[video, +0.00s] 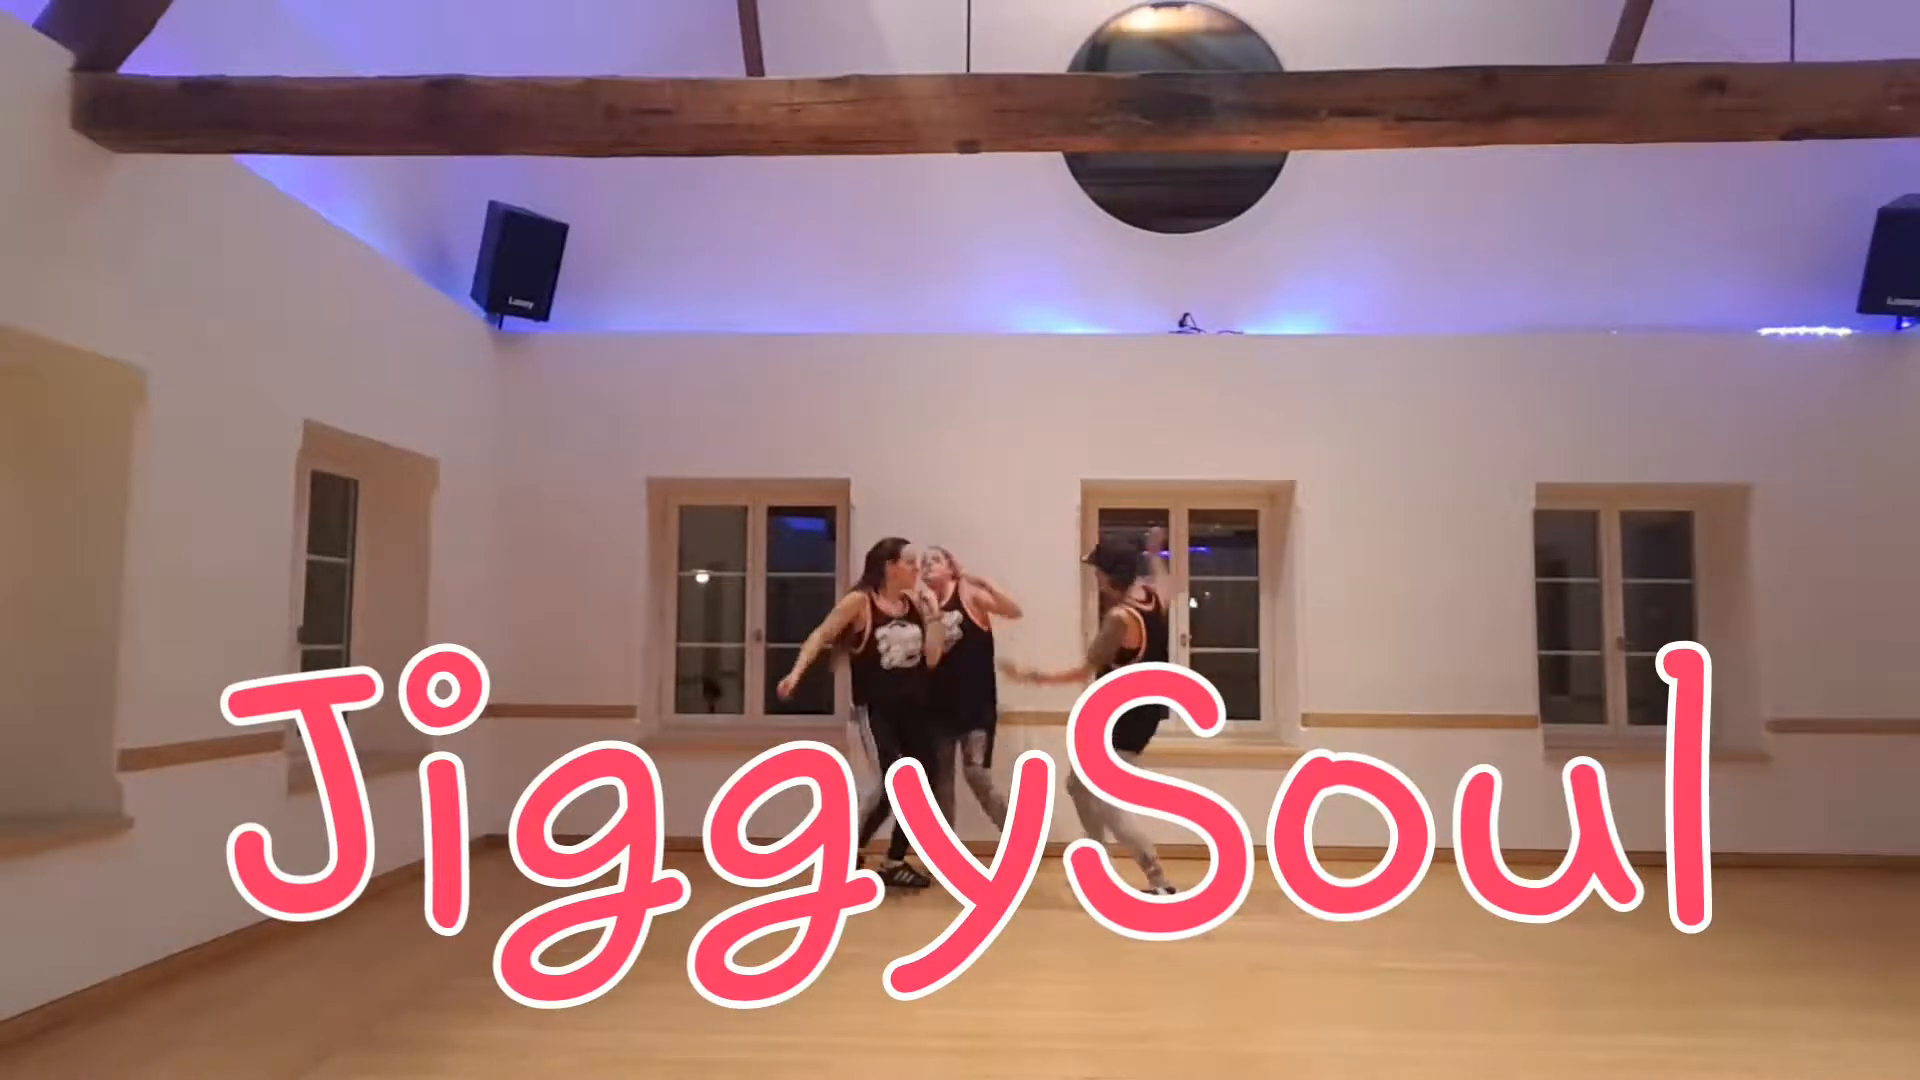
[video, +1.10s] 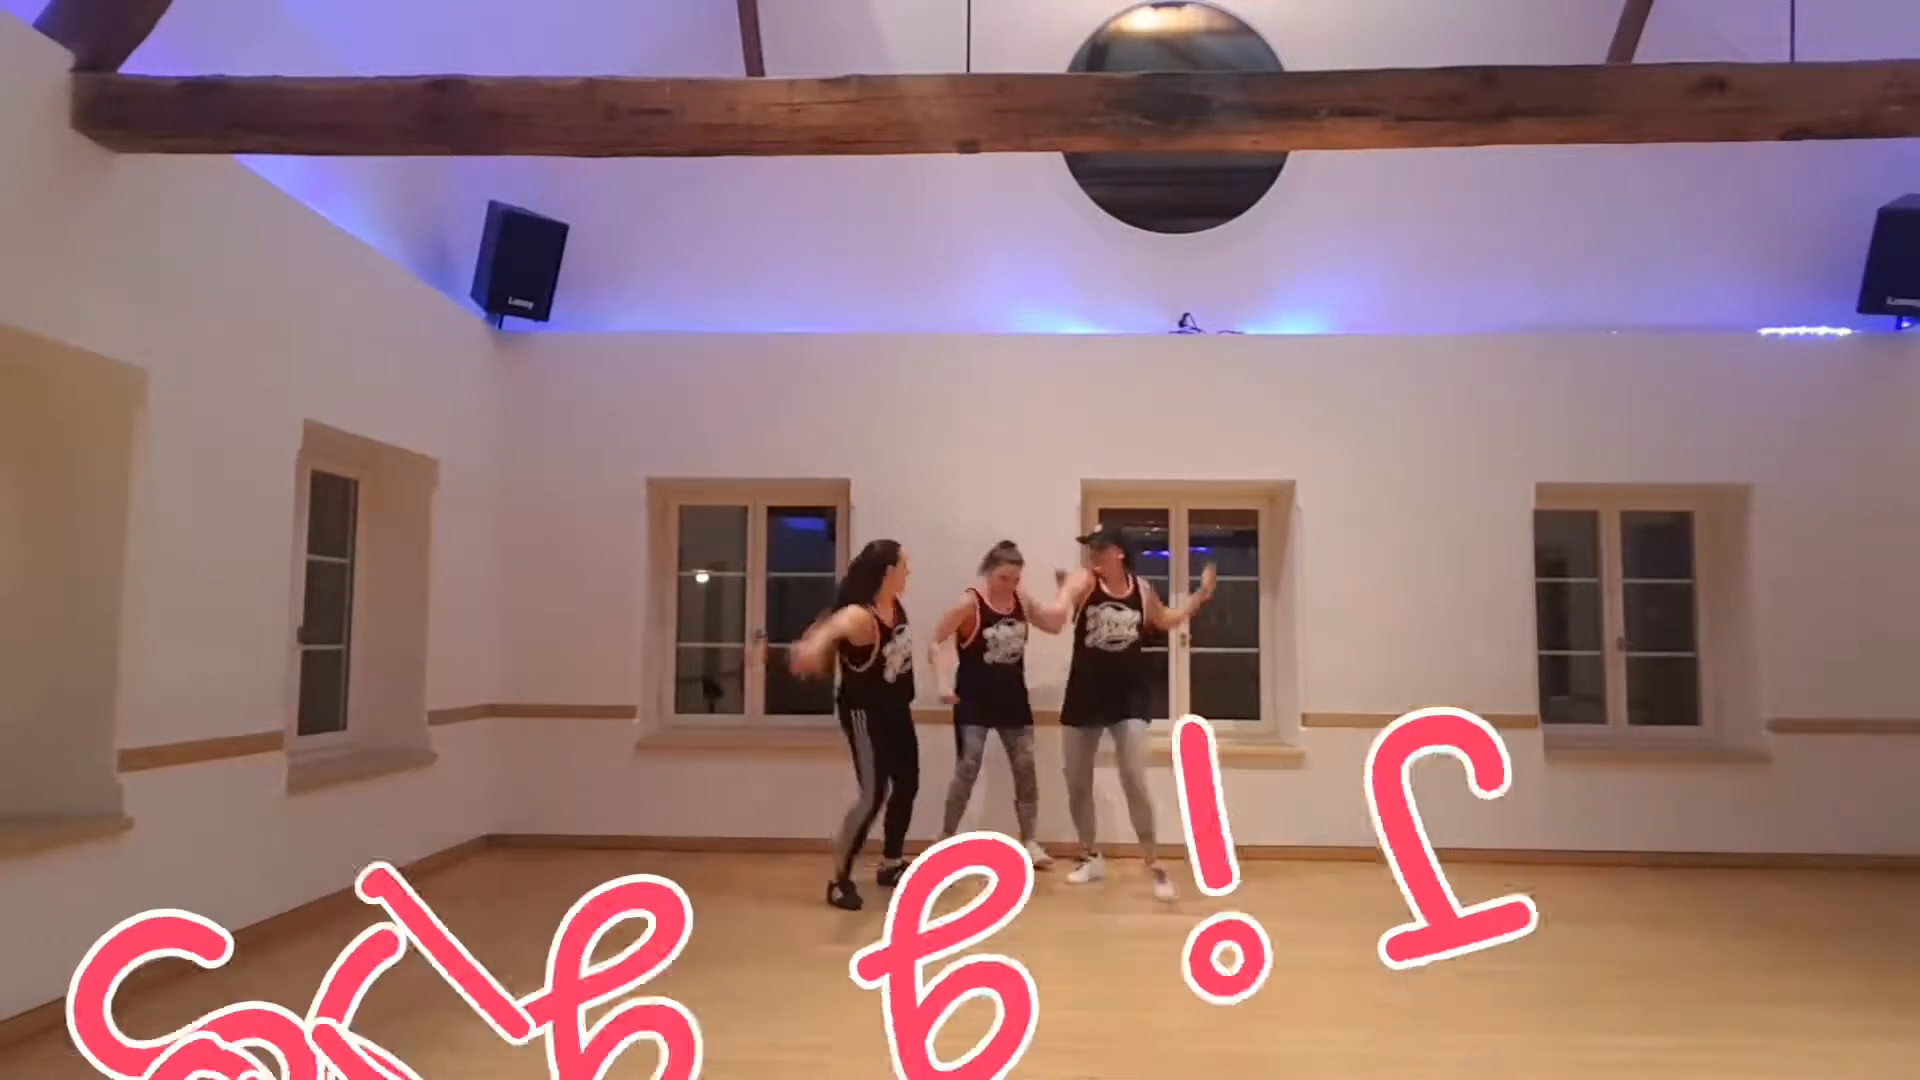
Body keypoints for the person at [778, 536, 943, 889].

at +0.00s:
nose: (916, 569)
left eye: (916, 563)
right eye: (909, 562)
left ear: (897, 569)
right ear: (887, 567)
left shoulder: (913, 604)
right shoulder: (859, 602)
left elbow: (932, 658)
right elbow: (821, 636)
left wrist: (932, 612)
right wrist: (796, 673)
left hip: (912, 704)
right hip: (875, 707)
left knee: (918, 781)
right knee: (891, 782)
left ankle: (895, 862)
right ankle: (850, 852)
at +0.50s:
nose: (894, 565)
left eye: (893, 558)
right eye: (886, 560)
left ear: (892, 563)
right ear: (864, 568)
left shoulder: (907, 590)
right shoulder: (846, 603)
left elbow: (932, 616)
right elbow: (825, 636)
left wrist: (962, 642)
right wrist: (797, 658)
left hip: (906, 702)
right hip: (864, 704)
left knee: (915, 780)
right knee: (850, 783)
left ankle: (893, 863)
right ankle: (830, 860)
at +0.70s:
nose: (888, 572)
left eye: (886, 565)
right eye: (879, 568)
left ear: (887, 572)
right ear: (856, 577)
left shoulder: (907, 604)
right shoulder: (839, 620)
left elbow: (936, 651)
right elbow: (806, 657)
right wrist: (775, 685)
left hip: (894, 712)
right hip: (851, 714)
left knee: (915, 794)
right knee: (838, 794)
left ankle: (892, 864)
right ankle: (833, 866)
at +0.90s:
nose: (897, 559)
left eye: (896, 553)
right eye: (890, 554)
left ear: (886, 562)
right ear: (868, 562)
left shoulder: (908, 592)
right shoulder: (841, 608)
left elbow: (925, 648)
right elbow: (801, 635)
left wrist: (964, 679)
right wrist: (752, 658)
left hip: (899, 703)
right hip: (859, 705)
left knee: (910, 786)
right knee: (848, 790)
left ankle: (892, 864)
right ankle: (834, 873)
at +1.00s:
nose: (903, 560)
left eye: (902, 555)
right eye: (898, 555)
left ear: (885, 563)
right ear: (876, 563)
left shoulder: (896, 593)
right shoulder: (849, 606)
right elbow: (810, 622)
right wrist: (771, 639)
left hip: (898, 703)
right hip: (860, 706)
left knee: (906, 782)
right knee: (855, 789)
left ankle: (892, 862)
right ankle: (837, 875)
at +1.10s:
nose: (908, 573)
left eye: (906, 566)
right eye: (903, 566)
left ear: (884, 572)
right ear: (885, 572)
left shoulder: (895, 607)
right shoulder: (857, 616)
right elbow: (823, 635)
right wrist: (811, 652)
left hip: (895, 707)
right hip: (863, 710)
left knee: (906, 785)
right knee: (873, 793)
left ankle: (891, 865)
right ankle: (840, 880)